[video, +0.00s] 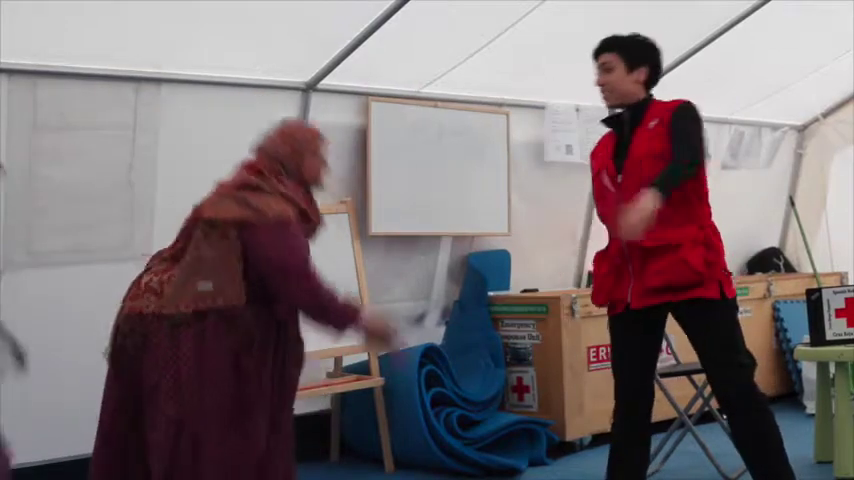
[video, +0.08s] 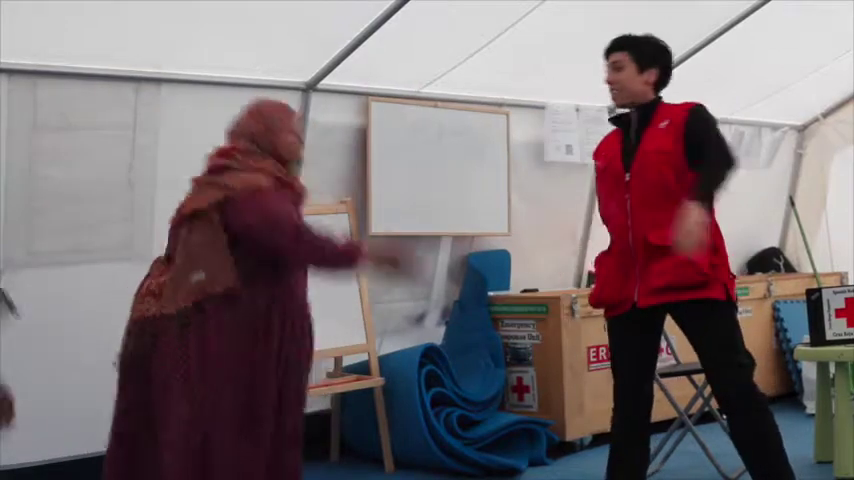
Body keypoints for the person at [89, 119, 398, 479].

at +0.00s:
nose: (324, 165)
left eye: (322, 156)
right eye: (318, 156)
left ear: (279, 155)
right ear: (296, 159)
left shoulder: (236, 193)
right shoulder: (273, 210)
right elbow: (298, 286)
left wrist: (339, 304)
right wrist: (358, 319)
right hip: (202, 338)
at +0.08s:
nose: (299, 139)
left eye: (297, 130)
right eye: (291, 130)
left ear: (251, 134)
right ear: (268, 135)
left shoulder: (225, 179)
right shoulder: (253, 187)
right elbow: (292, 240)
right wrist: (360, 253)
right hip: (232, 350)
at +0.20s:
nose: (271, 124)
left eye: (269, 117)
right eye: (261, 117)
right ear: (232, 122)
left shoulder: (260, 173)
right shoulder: (212, 161)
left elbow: (275, 260)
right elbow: (251, 179)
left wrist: (310, 313)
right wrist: (337, 150)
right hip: (214, 334)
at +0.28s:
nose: (253, 125)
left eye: (255, 118)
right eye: (241, 116)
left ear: (263, 128)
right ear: (207, 125)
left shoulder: (275, 194)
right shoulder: (187, 170)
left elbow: (308, 255)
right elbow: (231, 150)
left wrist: (358, 294)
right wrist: (297, 99)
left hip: (279, 356)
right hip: (211, 359)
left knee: (285, 457)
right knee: (220, 461)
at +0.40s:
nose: (255, 125)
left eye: (255, 117)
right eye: (243, 116)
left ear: (255, 127)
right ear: (215, 127)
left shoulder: (279, 188)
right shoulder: (193, 180)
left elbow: (324, 238)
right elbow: (195, 132)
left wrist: (379, 265)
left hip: (286, 351)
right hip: (210, 357)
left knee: (289, 458)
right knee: (221, 462)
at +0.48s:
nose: (262, 126)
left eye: (261, 119)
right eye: (252, 119)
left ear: (253, 129)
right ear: (220, 128)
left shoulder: (285, 186)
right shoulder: (191, 178)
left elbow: (329, 232)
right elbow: (168, 140)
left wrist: (382, 259)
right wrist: (189, 79)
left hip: (286, 351)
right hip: (206, 357)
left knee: (288, 457)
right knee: (215, 459)